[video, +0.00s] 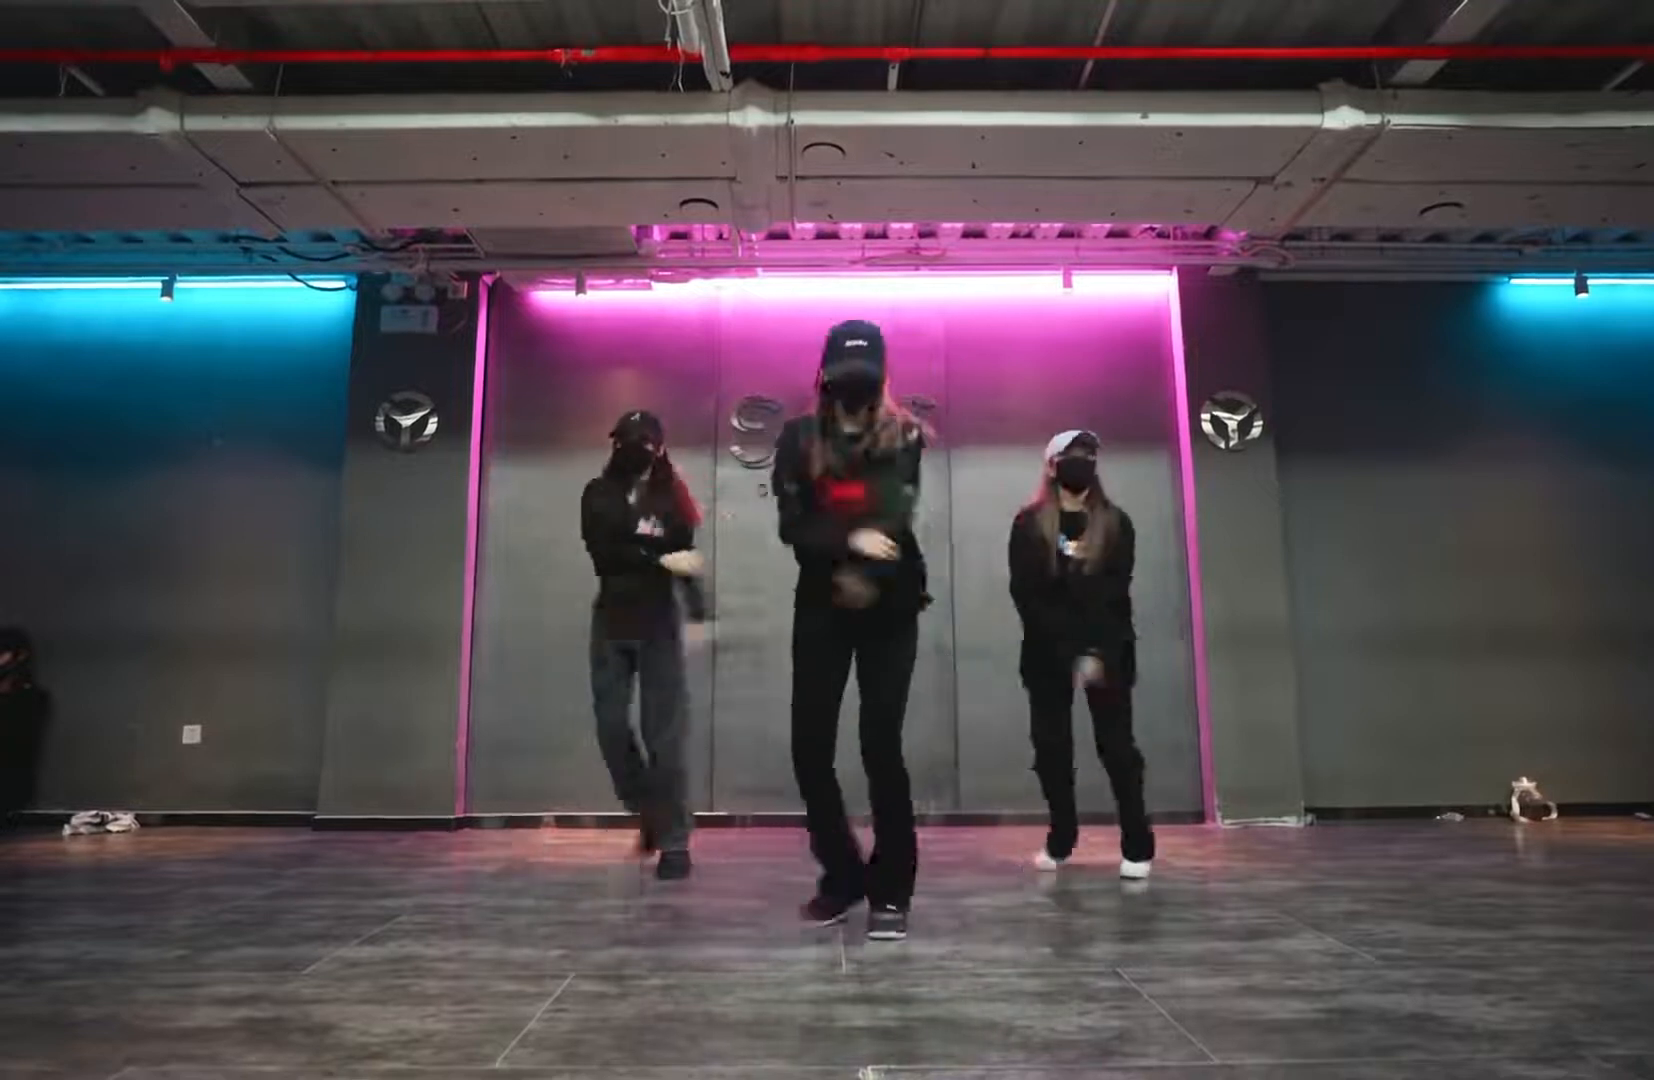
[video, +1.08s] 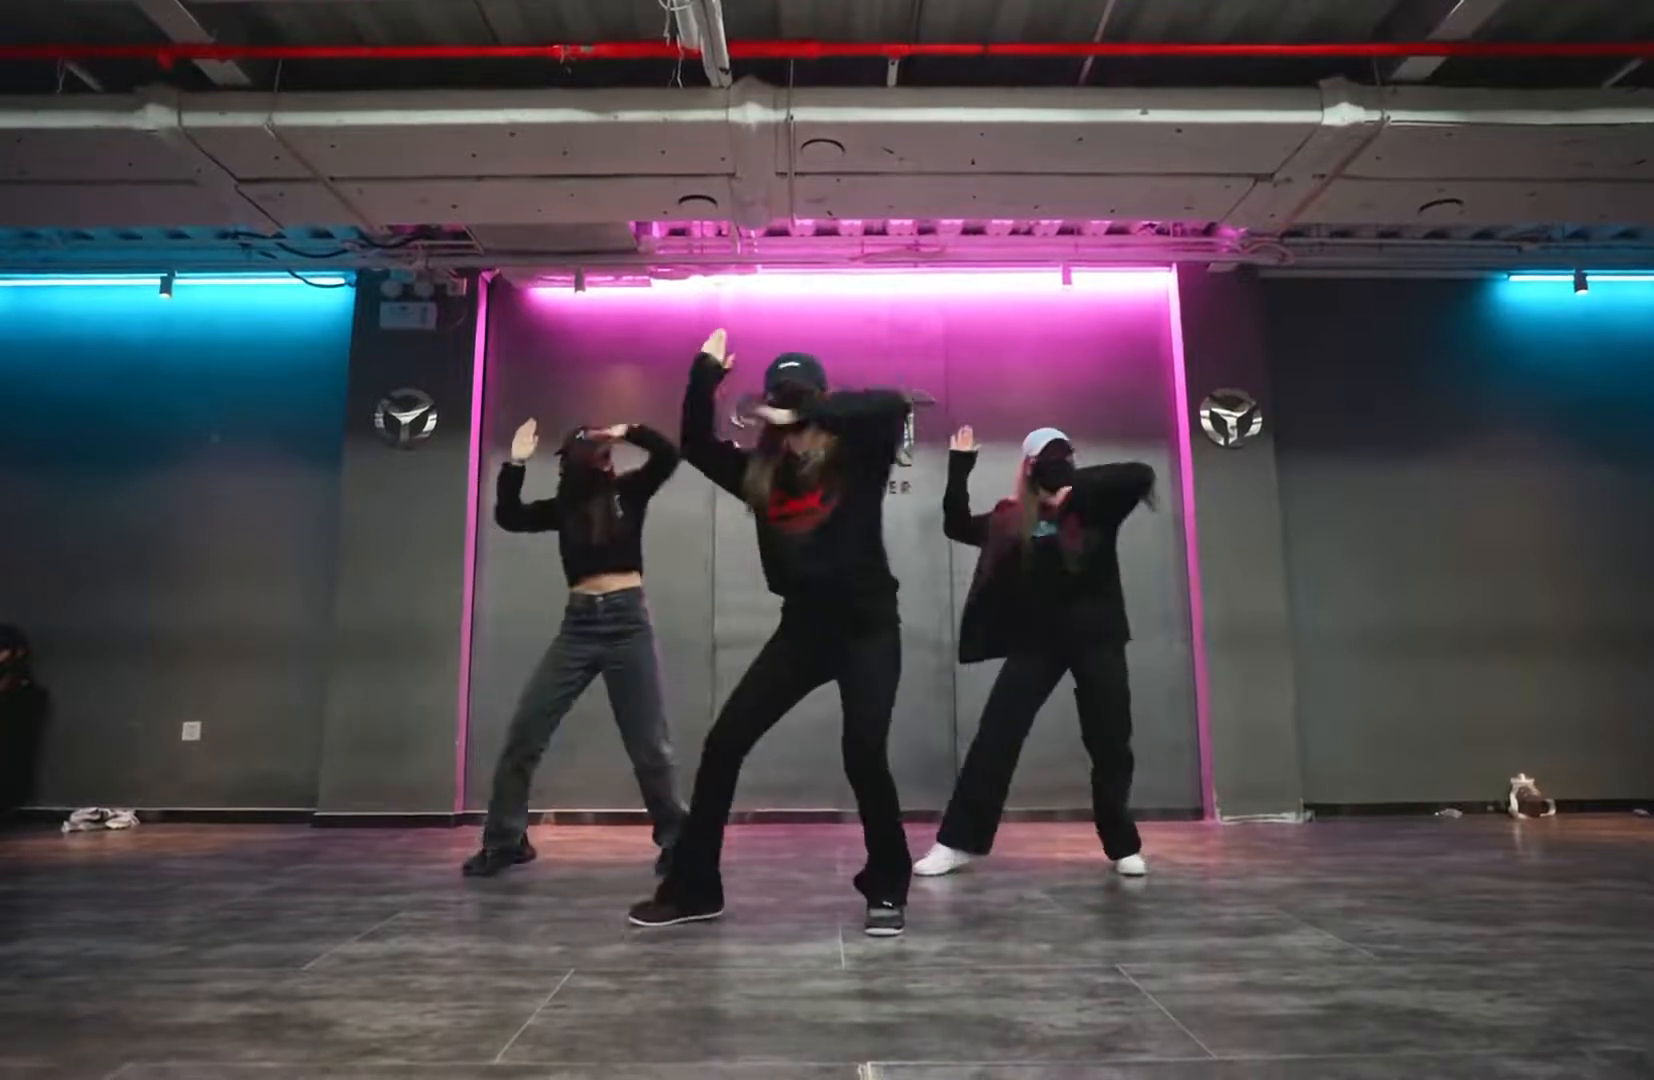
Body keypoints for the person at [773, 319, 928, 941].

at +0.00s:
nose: (851, 397)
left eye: (863, 386)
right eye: (842, 385)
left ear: (880, 382)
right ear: (825, 381)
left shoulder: (899, 436)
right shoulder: (798, 438)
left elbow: (897, 516)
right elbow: (793, 526)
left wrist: (865, 570)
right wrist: (849, 537)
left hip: (888, 604)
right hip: (821, 604)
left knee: (879, 747)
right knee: (811, 753)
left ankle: (891, 891)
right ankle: (843, 878)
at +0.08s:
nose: (873, 404)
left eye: (879, 395)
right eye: (862, 393)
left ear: (884, 395)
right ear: (833, 385)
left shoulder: (889, 459)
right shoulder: (798, 448)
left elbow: (939, 521)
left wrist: (957, 569)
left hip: (883, 630)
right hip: (819, 630)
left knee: (873, 761)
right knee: (813, 767)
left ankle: (888, 900)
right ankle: (899, 814)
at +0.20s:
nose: (866, 424)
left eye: (873, 412)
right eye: (856, 411)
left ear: (879, 407)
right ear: (825, 399)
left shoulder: (876, 470)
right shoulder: (788, 453)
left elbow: (908, 537)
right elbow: (801, 532)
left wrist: (905, 599)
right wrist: (891, 558)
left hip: (870, 629)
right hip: (807, 631)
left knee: (874, 759)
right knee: (793, 772)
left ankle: (889, 896)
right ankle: (882, 747)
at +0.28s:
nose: (846, 419)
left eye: (855, 408)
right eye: (836, 408)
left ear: (870, 407)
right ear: (815, 405)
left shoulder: (875, 469)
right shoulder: (784, 453)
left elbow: (850, 527)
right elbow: (758, 513)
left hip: (862, 631)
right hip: (801, 629)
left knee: (857, 765)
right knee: (743, 750)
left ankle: (889, 894)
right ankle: (823, 782)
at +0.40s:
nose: (809, 416)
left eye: (820, 406)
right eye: (802, 405)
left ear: (835, 408)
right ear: (788, 404)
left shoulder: (839, 461)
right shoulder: (768, 465)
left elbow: (781, 455)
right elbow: (710, 462)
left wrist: (716, 430)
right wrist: (677, 424)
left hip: (838, 632)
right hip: (780, 629)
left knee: (838, 760)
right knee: (684, 727)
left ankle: (889, 890)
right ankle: (687, 872)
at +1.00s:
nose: (772, 406)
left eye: (782, 396)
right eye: (763, 398)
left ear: (805, 400)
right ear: (754, 408)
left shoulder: (837, 452)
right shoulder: (750, 474)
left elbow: (843, 416)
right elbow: (688, 447)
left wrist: (757, 416)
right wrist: (690, 383)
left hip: (855, 621)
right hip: (794, 625)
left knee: (860, 757)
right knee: (713, 743)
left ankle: (888, 892)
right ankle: (678, 889)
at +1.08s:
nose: (789, 430)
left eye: (798, 416)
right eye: (780, 417)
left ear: (821, 411)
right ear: (769, 417)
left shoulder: (861, 459)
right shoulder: (759, 474)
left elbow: (894, 406)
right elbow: (697, 442)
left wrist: (811, 410)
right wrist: (705, 374)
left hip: (868, 629)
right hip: (803, 630)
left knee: (863, 757)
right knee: (724, 744)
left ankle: (887, 892)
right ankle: (693, 888)